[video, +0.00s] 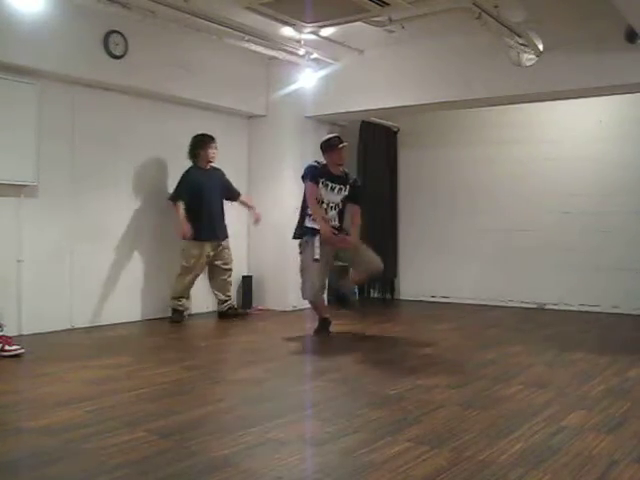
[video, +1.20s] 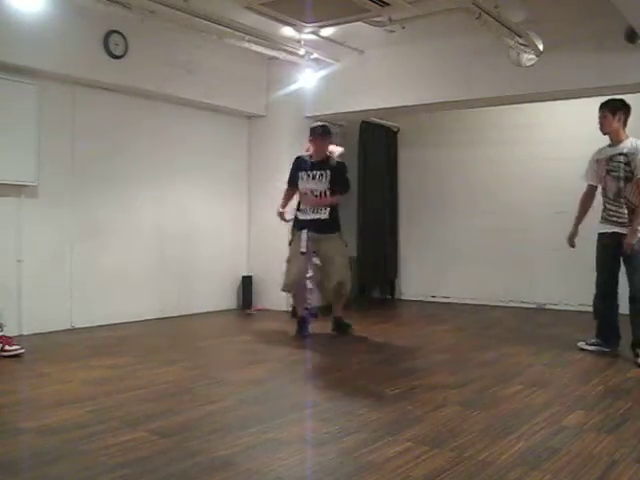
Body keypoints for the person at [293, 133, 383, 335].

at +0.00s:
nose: (340, 156)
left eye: (342, 151)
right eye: (335, 152)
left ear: (345, 152)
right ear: (326, 154)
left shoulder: (351, 182)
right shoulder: (314, 171)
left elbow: (354, 213)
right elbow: (312, 202)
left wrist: (354, 237)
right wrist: (324, 226)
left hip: (340, 234)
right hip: (314, 234)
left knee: (373, 265)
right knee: (311, 290)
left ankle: (343, 286)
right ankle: (323, 318)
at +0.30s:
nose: (336, 155)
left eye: (339, 150)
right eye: (332, 150)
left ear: (341, 150)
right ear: (322, 150)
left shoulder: (347, 172)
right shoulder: (311, 179)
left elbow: (358, 198)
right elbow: (303, 213)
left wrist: (370, 221)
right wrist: (323, 228)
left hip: (358, 234)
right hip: (334, 237)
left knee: (369, 280)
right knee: (332, 283)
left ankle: (348, 318)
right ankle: (325, 319)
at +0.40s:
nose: (340, 152)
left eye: (342, 148)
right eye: (336, 148)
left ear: (344, 148)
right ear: (326, 148)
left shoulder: (350, 167)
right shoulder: (314, 175)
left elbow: (362, 182)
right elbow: (303, 204)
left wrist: (363, 194)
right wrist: (324, 203)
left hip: (356, 231)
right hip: (332, 234)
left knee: (367, 280)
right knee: (330, 282)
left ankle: (347, 317)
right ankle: (324, 319)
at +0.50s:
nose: (340, 150)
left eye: (343, 145)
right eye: (336, 146)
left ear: (347, 145)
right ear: (327, 146)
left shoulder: (352, 160)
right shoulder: (315, 163)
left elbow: (369, 171)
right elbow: (303, 185)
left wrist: (360, 167)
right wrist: (326, 173)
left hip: (352, 226)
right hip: (328, 227)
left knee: (361, 276)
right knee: (328, 275)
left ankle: (346, 317)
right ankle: (323, 318)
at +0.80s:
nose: (328, 148)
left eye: (332, 144)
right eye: (324, 144)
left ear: (339, 144)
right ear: (318, 143)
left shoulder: (346, 163)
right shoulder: (307, 162)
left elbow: (356, 185)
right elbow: (282, 177)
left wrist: (332, 178)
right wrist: (298, 171)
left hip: (338, 226)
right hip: (312, 226)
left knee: (342, 273)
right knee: (311, 271)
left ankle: (340, 316)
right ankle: (305, 317)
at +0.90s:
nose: (335, 149)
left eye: (336, 144)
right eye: (333, 145)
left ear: (337, 144)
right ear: (325, 144)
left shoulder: (342, 165)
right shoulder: (304, 164)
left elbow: (323, 188)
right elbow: (283, 185)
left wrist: (294, 204)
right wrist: (268, 203)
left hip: (333, 227)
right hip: (309, 228)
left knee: (338, 277)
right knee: (307, 278)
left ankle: (338, 318)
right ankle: (304, 319)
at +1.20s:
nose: (319, 145)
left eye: (323, 141)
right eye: (316, 141)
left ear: (329, 143)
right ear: (310, 142)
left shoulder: (337, 167)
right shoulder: (300, 163)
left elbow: (339, 196)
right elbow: (291, 188)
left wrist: (315, 201)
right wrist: (283, 206)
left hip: (329, 232)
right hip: (302, 231)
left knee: (340, 279)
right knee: (295, 278)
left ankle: (337, 317)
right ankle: (301, 318)